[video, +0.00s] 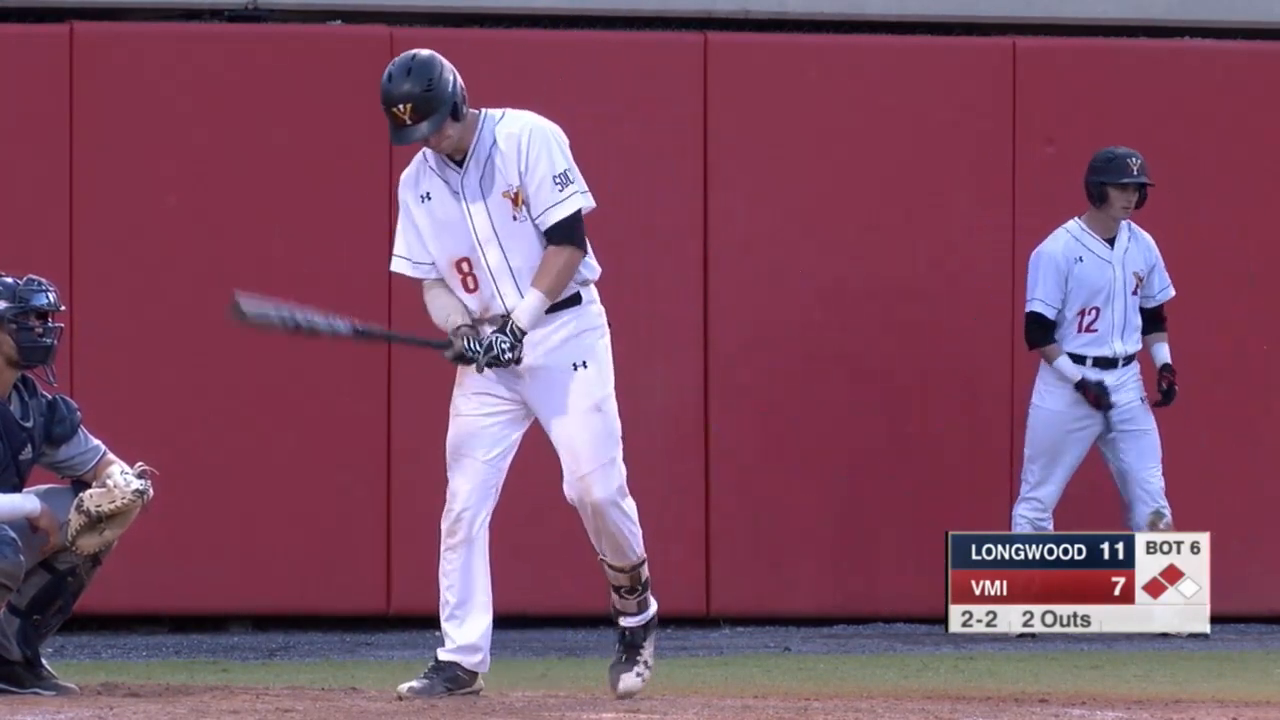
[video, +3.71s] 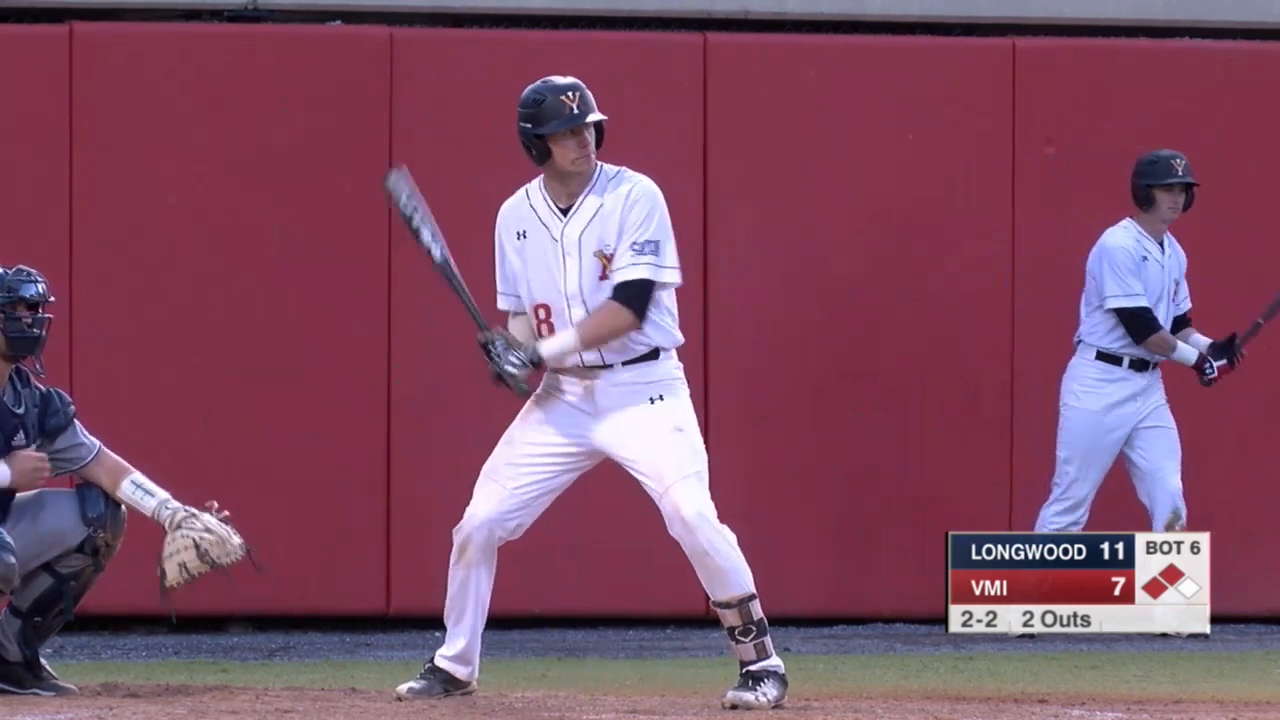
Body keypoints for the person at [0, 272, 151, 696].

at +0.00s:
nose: (38, 329)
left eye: (41, 320)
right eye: (23, 320)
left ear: (47, 326)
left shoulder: (37, 406)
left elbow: (97, 462)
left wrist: (126, 484)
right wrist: (26, 505)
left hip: (9, 521)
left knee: (96, 511)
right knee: (11, 545)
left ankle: (16, 652)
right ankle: (9, 653)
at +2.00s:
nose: (28, 325)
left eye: (35, 315)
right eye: (17, 314)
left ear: (43, 322)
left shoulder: (32, 405)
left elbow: (103, 468)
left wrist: (164, 495)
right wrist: (34, 514)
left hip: (8, 527)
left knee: (93, 511)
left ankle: (14, 651)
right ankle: (10, 651)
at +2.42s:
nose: (29, 325)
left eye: (35, 315)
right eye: (18, 314)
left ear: (42, 321)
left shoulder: (36, 404)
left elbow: (108, 468)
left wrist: (179, 506)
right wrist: (9, 459)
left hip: (6, 528)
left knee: (98, 515)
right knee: (7, 561)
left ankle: (14, 651)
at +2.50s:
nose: (29, 325)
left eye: (34, 315)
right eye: (17, 314)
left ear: (41, 321)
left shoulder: (23, 395)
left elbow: (107, 466)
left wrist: (183, 512)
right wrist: (21, 427)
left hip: (5, 528)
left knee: (98, 515)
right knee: (8, 561)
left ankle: (14, 651)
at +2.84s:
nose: (30, 322)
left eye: (36, 312)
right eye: (19, 311)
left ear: (43, 318)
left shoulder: (33, 401)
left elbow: (106, 469)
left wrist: (188, 531)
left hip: (9, 528)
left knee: (97, 513)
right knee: (7, 563)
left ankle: (14, 652)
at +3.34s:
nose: (32, 322)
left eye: (38, 312)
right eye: (19, 311)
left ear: (47, 317)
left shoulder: (37, 404)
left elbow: (115, 474)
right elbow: (8, 511)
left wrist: (191, 536)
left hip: (3, 527)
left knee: (100, 514)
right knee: (6, 558)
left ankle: (13, 652)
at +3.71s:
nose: (30, 319)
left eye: (34, 310)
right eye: (17, 309)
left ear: (39, 316)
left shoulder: (36, 402)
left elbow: (99, 463)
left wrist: (172, 512)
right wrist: (6, 474)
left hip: (4, 531)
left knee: (98, 515)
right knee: (5, 561)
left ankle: (12, 651)